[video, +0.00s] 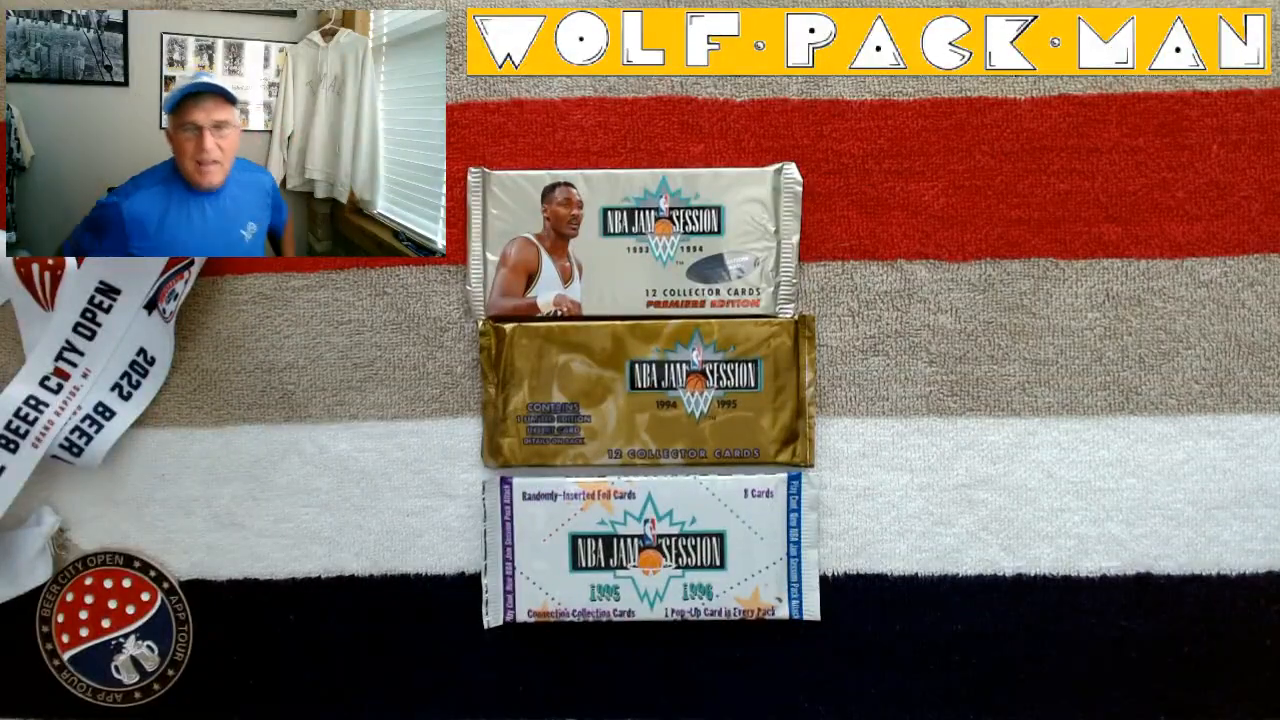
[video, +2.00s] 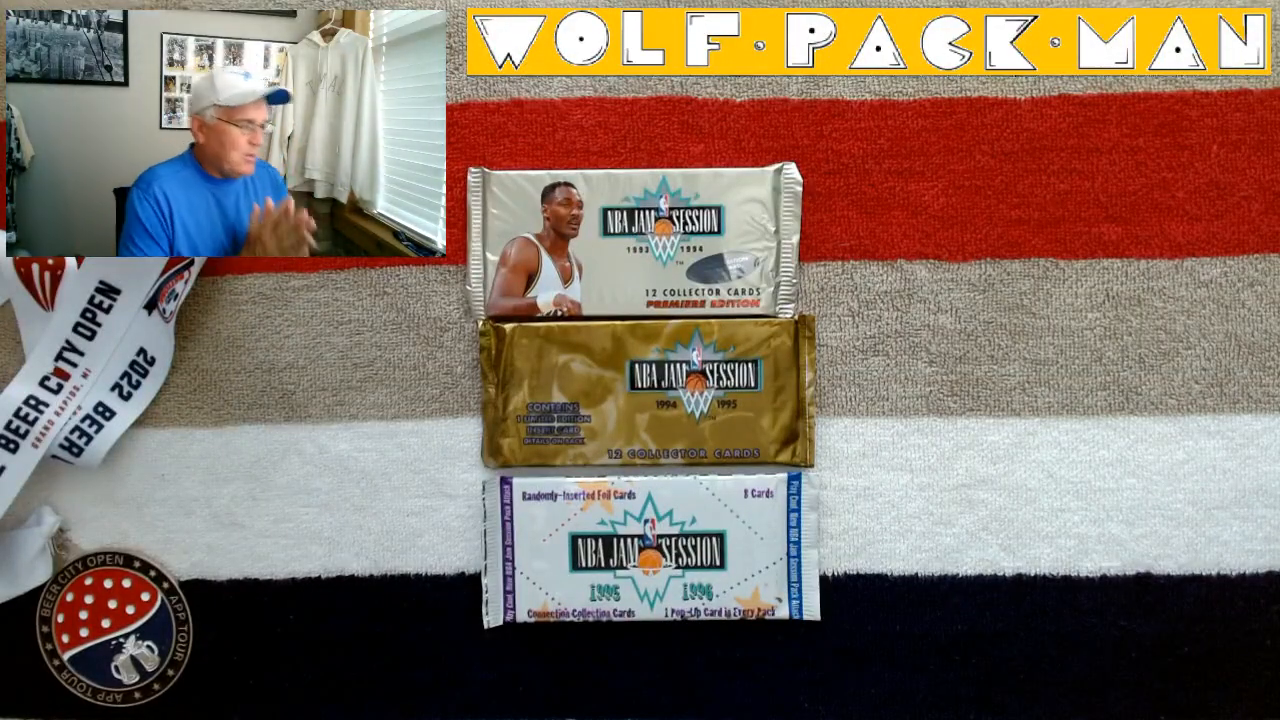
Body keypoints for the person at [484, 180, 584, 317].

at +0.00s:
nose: (576, 213)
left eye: (580, 207)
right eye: (566, 205)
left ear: (583, 211)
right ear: (545, 211)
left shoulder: (575, 265)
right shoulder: (520, 250)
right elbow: (495, 308)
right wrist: (550, 302)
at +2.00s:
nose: (576, 213)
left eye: (580, 207)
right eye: (566, 205)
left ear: (583, 211)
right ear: (545, 211)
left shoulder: (575, 265)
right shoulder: (520, 250)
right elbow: (495, 307)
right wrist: (550, 301)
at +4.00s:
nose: (576, 213)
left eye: (580, 206)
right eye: (566, 205)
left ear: (583, 211)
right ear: (545, 211)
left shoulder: (575, 265)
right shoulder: (521, 249)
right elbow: (495, 307)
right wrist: (550, 301)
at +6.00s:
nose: (576, 213)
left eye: (580, 206)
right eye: (566, 204)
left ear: (583, 211)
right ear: (546, 211)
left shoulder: (575, 266)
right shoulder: (521, 249)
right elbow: (495, 307)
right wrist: (551, 300)